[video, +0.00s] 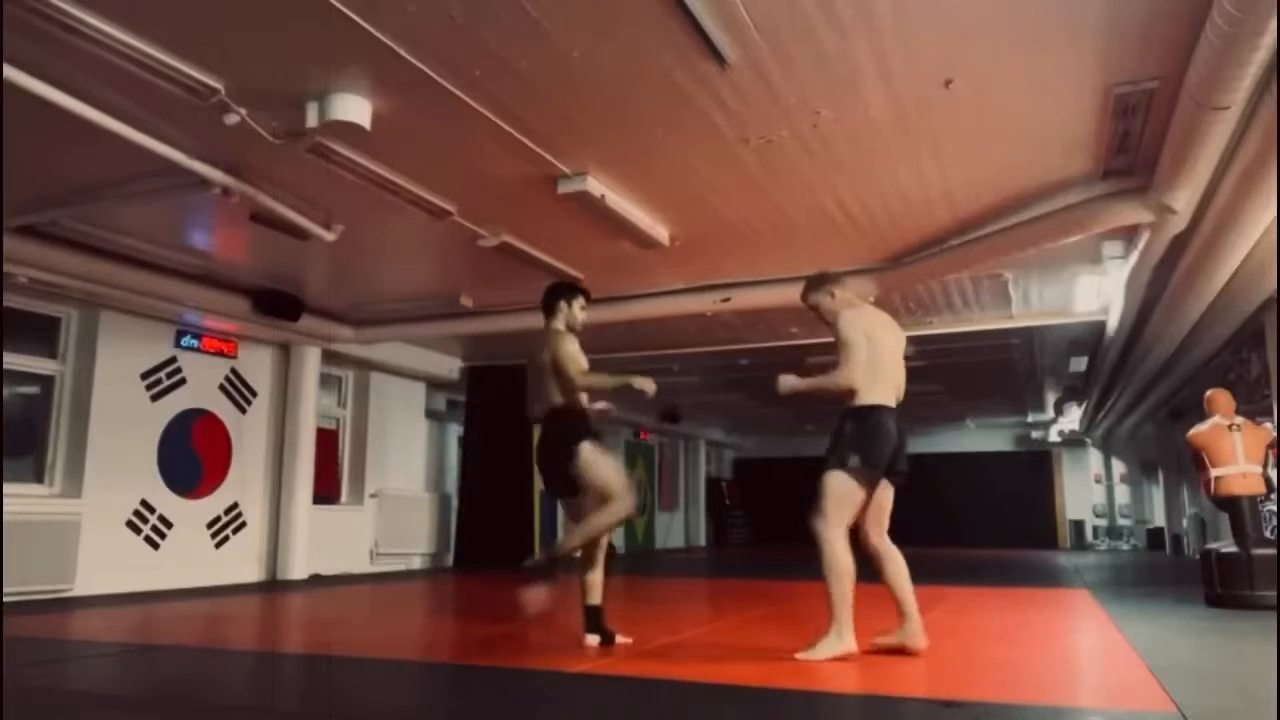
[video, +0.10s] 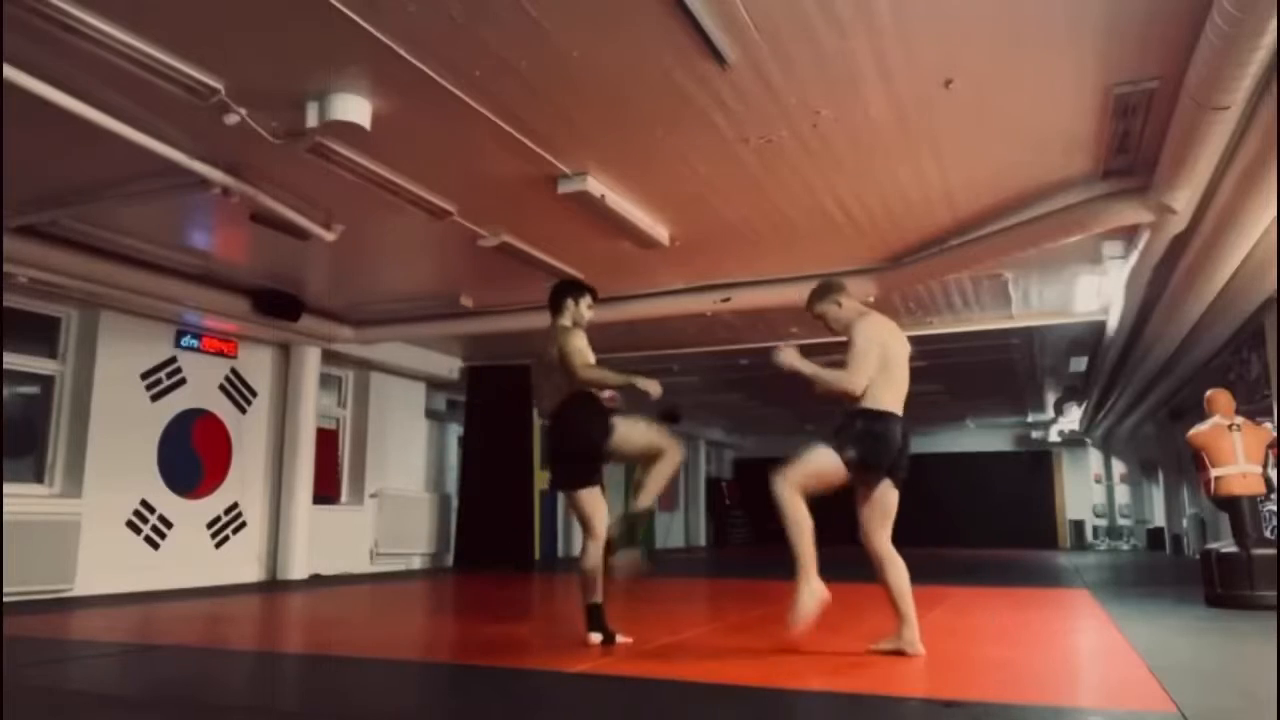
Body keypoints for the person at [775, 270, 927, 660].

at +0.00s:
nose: (821, 318)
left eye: (818, 310)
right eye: (817, 312)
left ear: (833, 293)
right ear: (845, 291)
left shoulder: (850, 316)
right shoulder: (891, 326)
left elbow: (849, 378)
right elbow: (895, 387)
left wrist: (799, 383)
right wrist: (836, 376)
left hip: (863, 425)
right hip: (892, 427)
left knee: (830, 525)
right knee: (876, 533)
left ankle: (841, 633)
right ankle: (912, 627)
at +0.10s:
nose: (830, 327)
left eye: (827, 317)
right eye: (825, 321)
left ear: (842, 301)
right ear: (847, 300)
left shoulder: (868, 326)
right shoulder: (892, 330)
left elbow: (854, 382)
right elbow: (869, 382)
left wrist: (800, 363)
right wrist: (825, 375)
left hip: (867, 431)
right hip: (892, 438)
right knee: (878, 538)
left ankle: (809, 584)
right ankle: (909, 635)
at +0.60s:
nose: (826, 322)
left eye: (825, 312)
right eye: (821, 315)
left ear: (842, 298)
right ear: (849, 299)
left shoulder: (861, 327)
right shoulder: (882, 331)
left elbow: (857, 388)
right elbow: (863, 400)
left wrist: (797, 400)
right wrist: (811, 416)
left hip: (861, 433)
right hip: (882, 441)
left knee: (782, 489)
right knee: (852, 536)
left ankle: (790, 592)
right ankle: (900, 623)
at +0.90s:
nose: (818, 286)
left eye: (818, 278)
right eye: (814, 281)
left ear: (831, 266)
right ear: (828, 272)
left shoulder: (863, 291)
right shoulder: (847, 299)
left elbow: (833, 318)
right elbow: (791, 316)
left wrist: (804, 285)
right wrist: (766, 282)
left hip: (849, 408)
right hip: (836, 405)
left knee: (771, 463)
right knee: (771, 462)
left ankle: (791, 569)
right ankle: (821, 542)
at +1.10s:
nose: (830, 315)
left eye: (832, 304)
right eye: (825, 309)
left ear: (855, 294)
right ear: (834, 303)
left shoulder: (884, 334)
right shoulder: (837, 339)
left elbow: (830, 344)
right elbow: (779, 367)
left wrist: (806, 303)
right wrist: (725, 360)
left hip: (814, 431)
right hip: (782, 416)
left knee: (795, 532)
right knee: (713, 389)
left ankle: (814, 632)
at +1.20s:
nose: (836, 315)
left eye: (845, 308)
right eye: (836, 308)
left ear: (872, 308)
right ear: (840, 306)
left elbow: (843, 369)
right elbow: (785, 383)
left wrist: (819, 318)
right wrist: (727, 389)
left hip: (802, 441)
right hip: (772, 420)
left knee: (778, 540)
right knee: (707, 388)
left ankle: (811, 634)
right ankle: (635, 420)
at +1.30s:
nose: (837, 320)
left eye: (845, 314)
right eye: (837, 313)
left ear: (871, 313)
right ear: (842, 311)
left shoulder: (883, 365)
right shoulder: (838, 345)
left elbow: (830, 383)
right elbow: (790, 389)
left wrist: (821, 328)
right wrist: (742, 387)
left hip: (800, 444)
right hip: (774, 423)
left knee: (775, 543)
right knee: (704, 391)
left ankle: (810, 633)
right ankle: (633, 422)